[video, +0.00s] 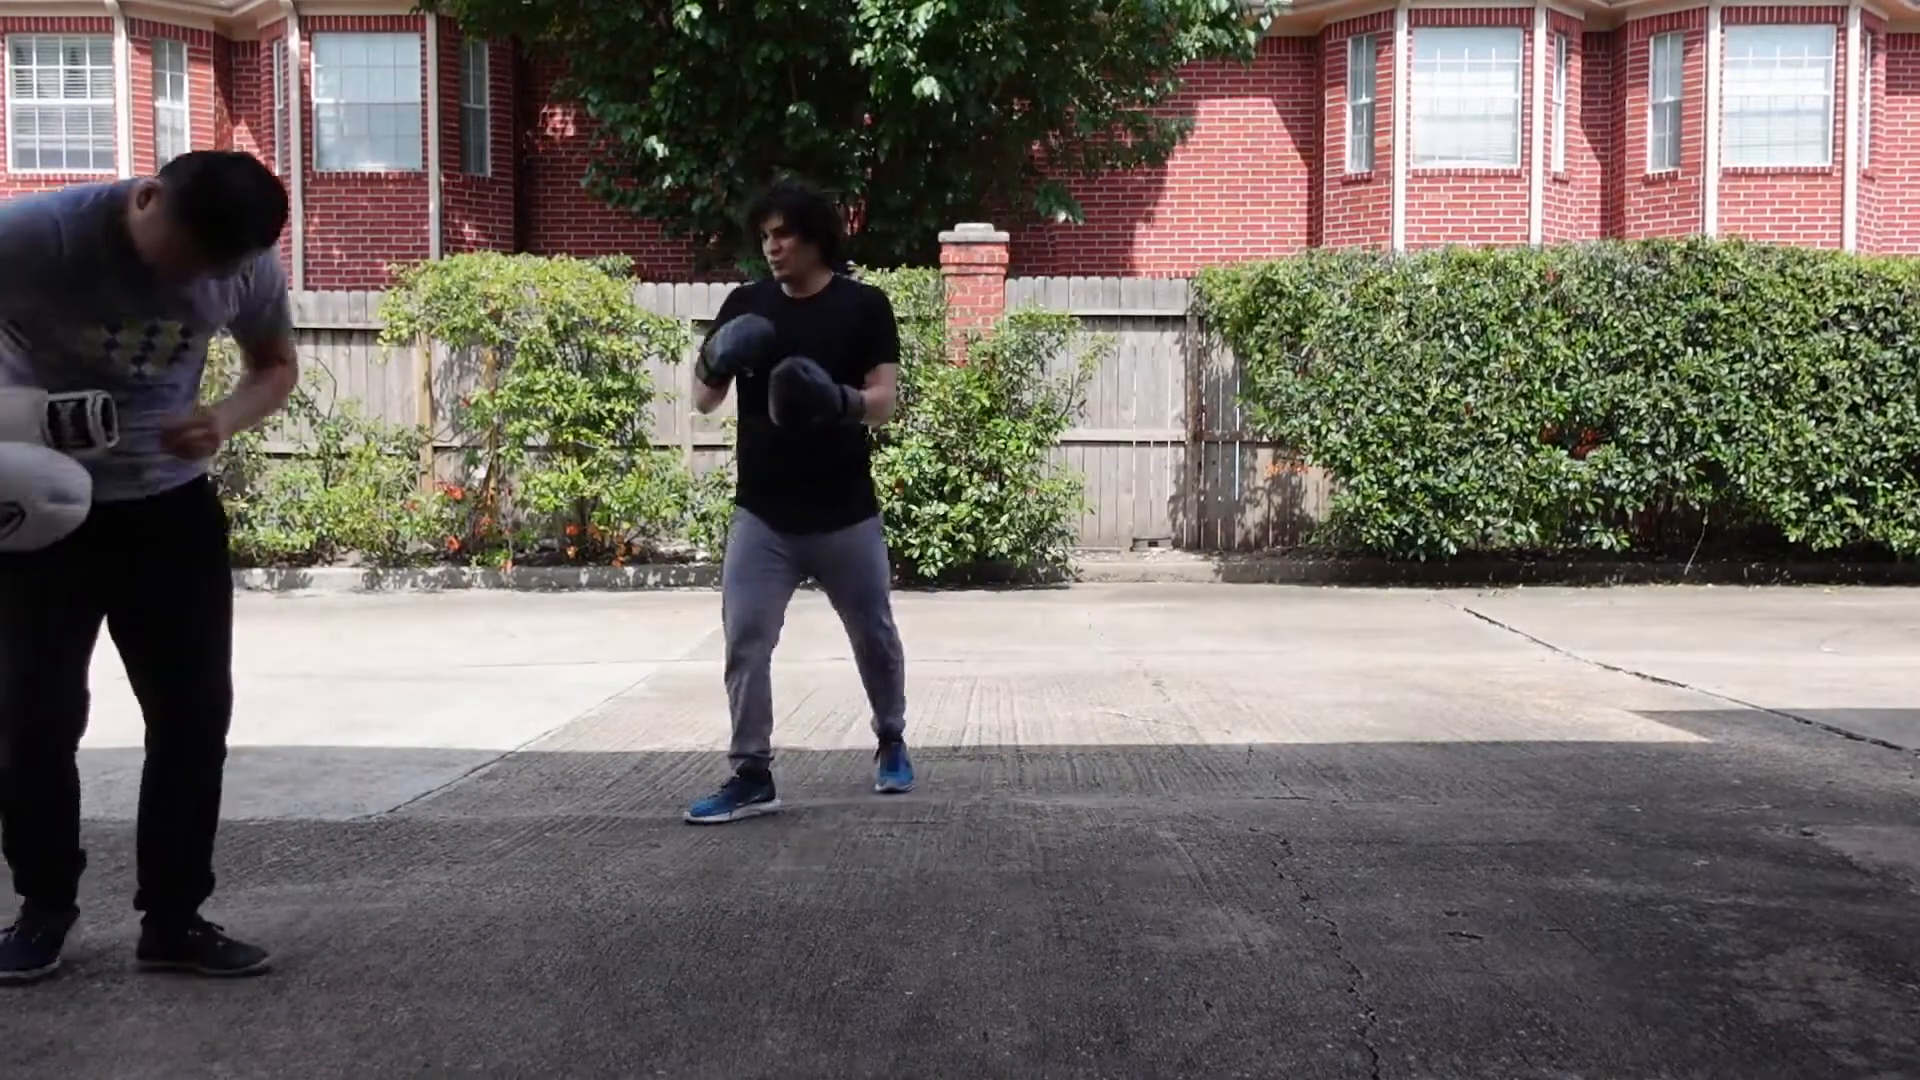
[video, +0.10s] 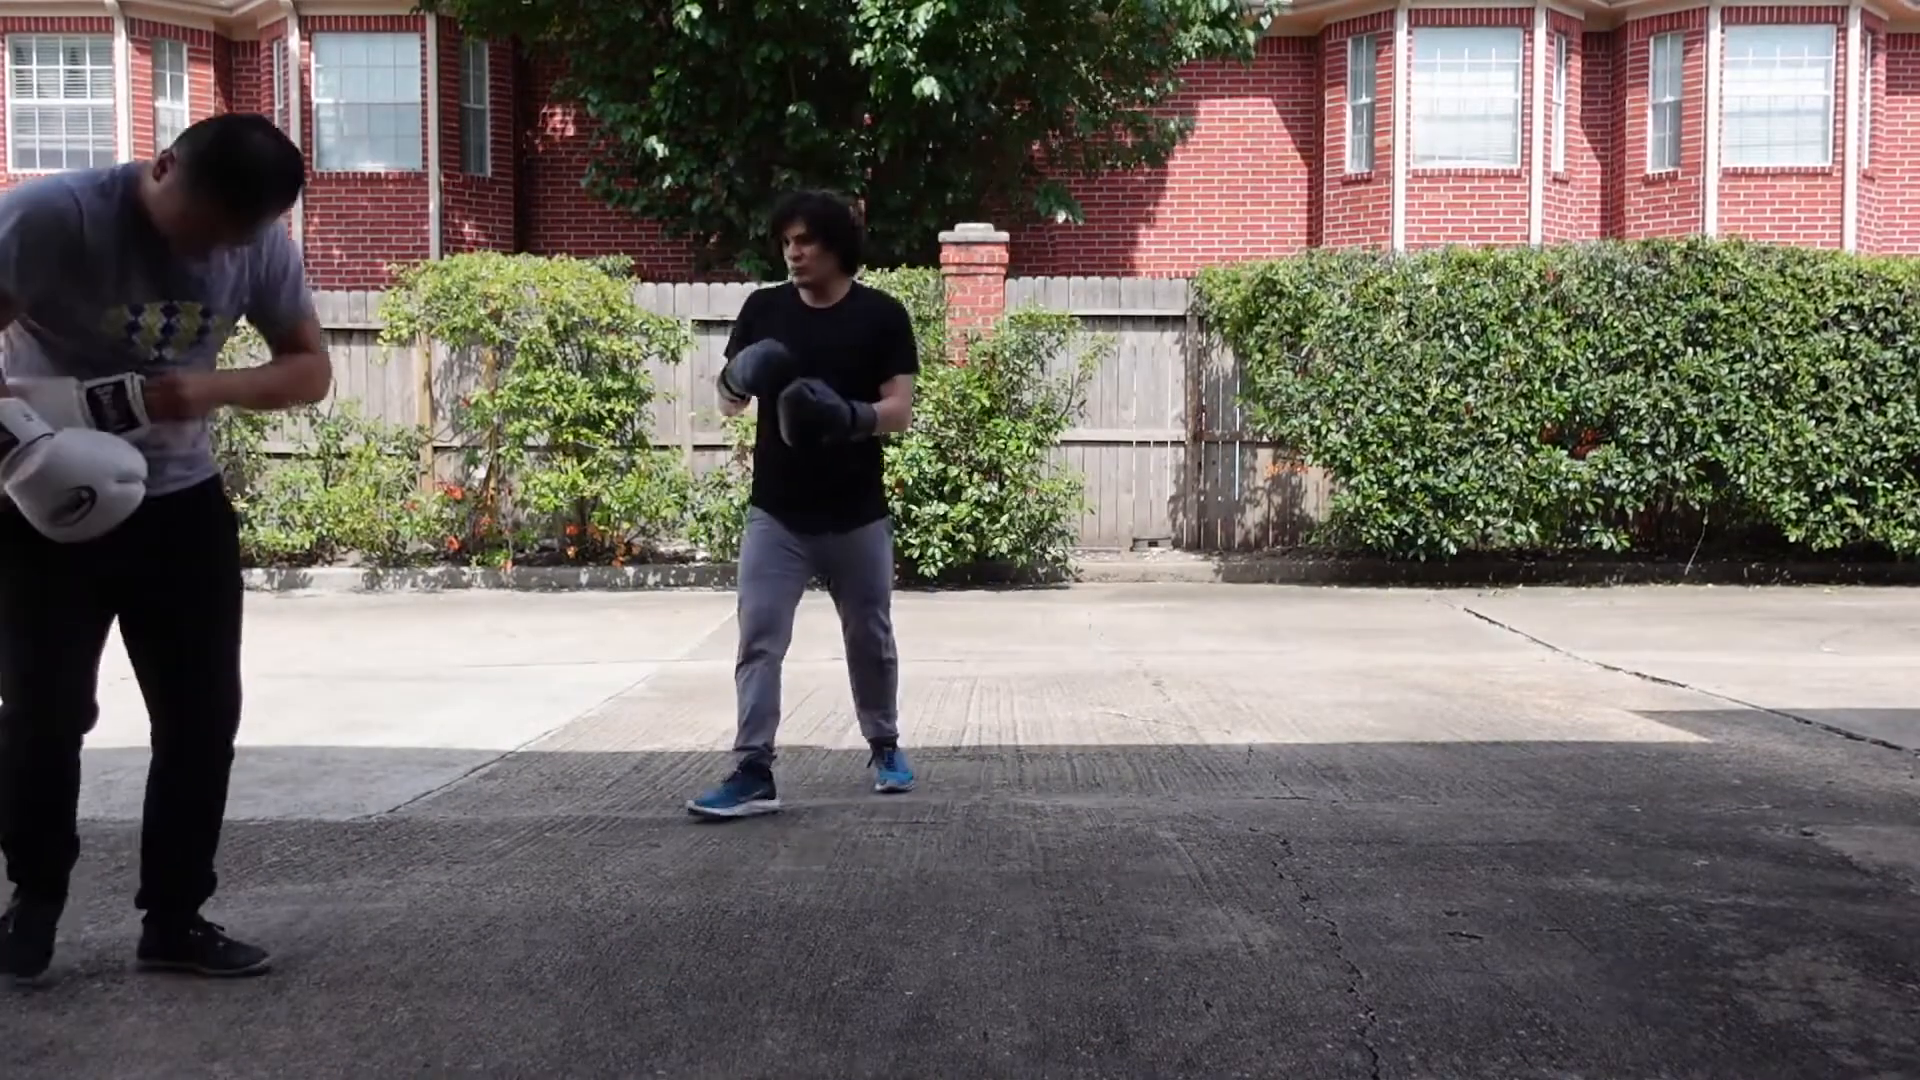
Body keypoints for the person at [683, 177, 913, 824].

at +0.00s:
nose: (772, 248)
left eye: (784, 236)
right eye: (766, 238)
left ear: (818, 236)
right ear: (761, 243)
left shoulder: (864, 306)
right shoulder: (748, 302)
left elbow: (884, 401)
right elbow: (705, 402)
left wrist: (841, 400)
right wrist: (716, 361)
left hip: (845, 515)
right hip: (762, 514)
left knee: (876, 637)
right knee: (743, 640)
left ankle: (892, 743)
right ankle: (751, 774)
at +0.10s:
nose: (793, 253)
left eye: (805, 242)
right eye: (787, 243)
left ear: (840, 246)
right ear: (782, 248)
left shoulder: (883, 315)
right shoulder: (765, 306)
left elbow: (900, 410)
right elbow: (728, 403)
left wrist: (852, 414)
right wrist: (740, 375)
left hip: (856, 517)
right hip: (775, 514)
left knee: (871, 641)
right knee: (757, 640)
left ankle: (885, 749)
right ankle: (753, 773)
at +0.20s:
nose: (812, 255)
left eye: (824, 244)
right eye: (804, 245)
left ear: (855, 248)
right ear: (797, 249)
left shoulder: (894, 318)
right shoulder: (773, 305)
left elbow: (907, 411)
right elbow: (738, 386)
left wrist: (866, 418)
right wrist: (759, 379)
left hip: (859, 510)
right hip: (778, 506)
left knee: (874, 636)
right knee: (762, 626)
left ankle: (887, 748)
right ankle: (764, 759)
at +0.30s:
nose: (825, 258)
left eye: (837, 248)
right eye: (817, 247)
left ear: (866, 253)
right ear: (807, 249)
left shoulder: (894, 321)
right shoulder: (775, 305)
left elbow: (909, 413)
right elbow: (733, 383)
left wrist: (876, 398)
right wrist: (760, 393)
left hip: (858, 510)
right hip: (778, 506)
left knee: (874, 633)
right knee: (753, 616)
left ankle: (887, 746)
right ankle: (764, 740)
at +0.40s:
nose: (837, 266)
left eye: (850, 256)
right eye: (828, 254)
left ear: (871, 265)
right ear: (814, 258)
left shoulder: (886, 325)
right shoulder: (776, 309)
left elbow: (908, 409)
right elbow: (729, 385)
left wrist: (879, 356)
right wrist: (748, 429)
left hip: (854, 511)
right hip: (776, 511)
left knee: (872, 632)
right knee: (750, 632)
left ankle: (886, 747)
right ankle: (743, 737)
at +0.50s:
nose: (852, 277)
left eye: (864, 271)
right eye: (843, 266)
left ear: (876, 285)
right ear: (820, 266)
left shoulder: (870, 332)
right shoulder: (777, 317)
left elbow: (906, 387)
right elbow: (737, 398)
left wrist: (865, 323)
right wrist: (748, 478)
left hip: (849, 515)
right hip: (776, 517)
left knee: (888, 615)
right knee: (760, 640)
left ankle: (884, 744)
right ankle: (752, 744)